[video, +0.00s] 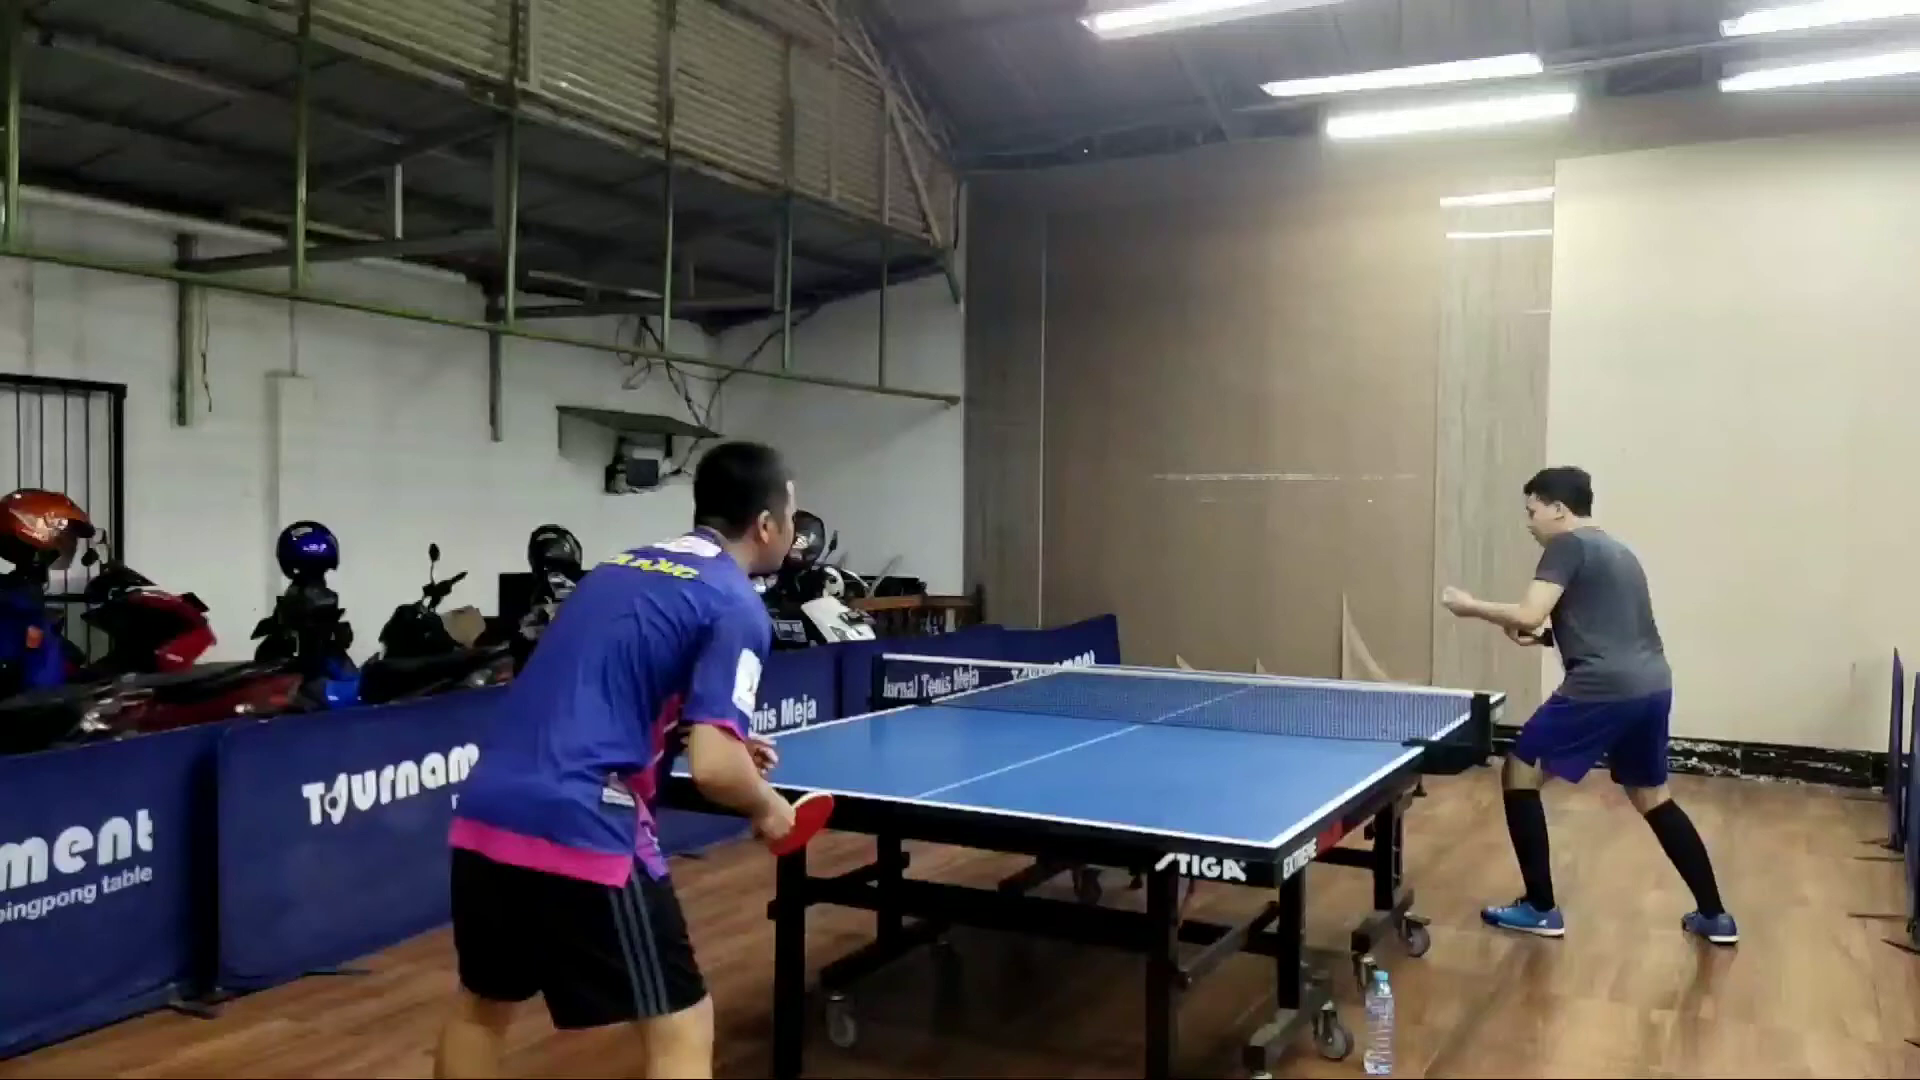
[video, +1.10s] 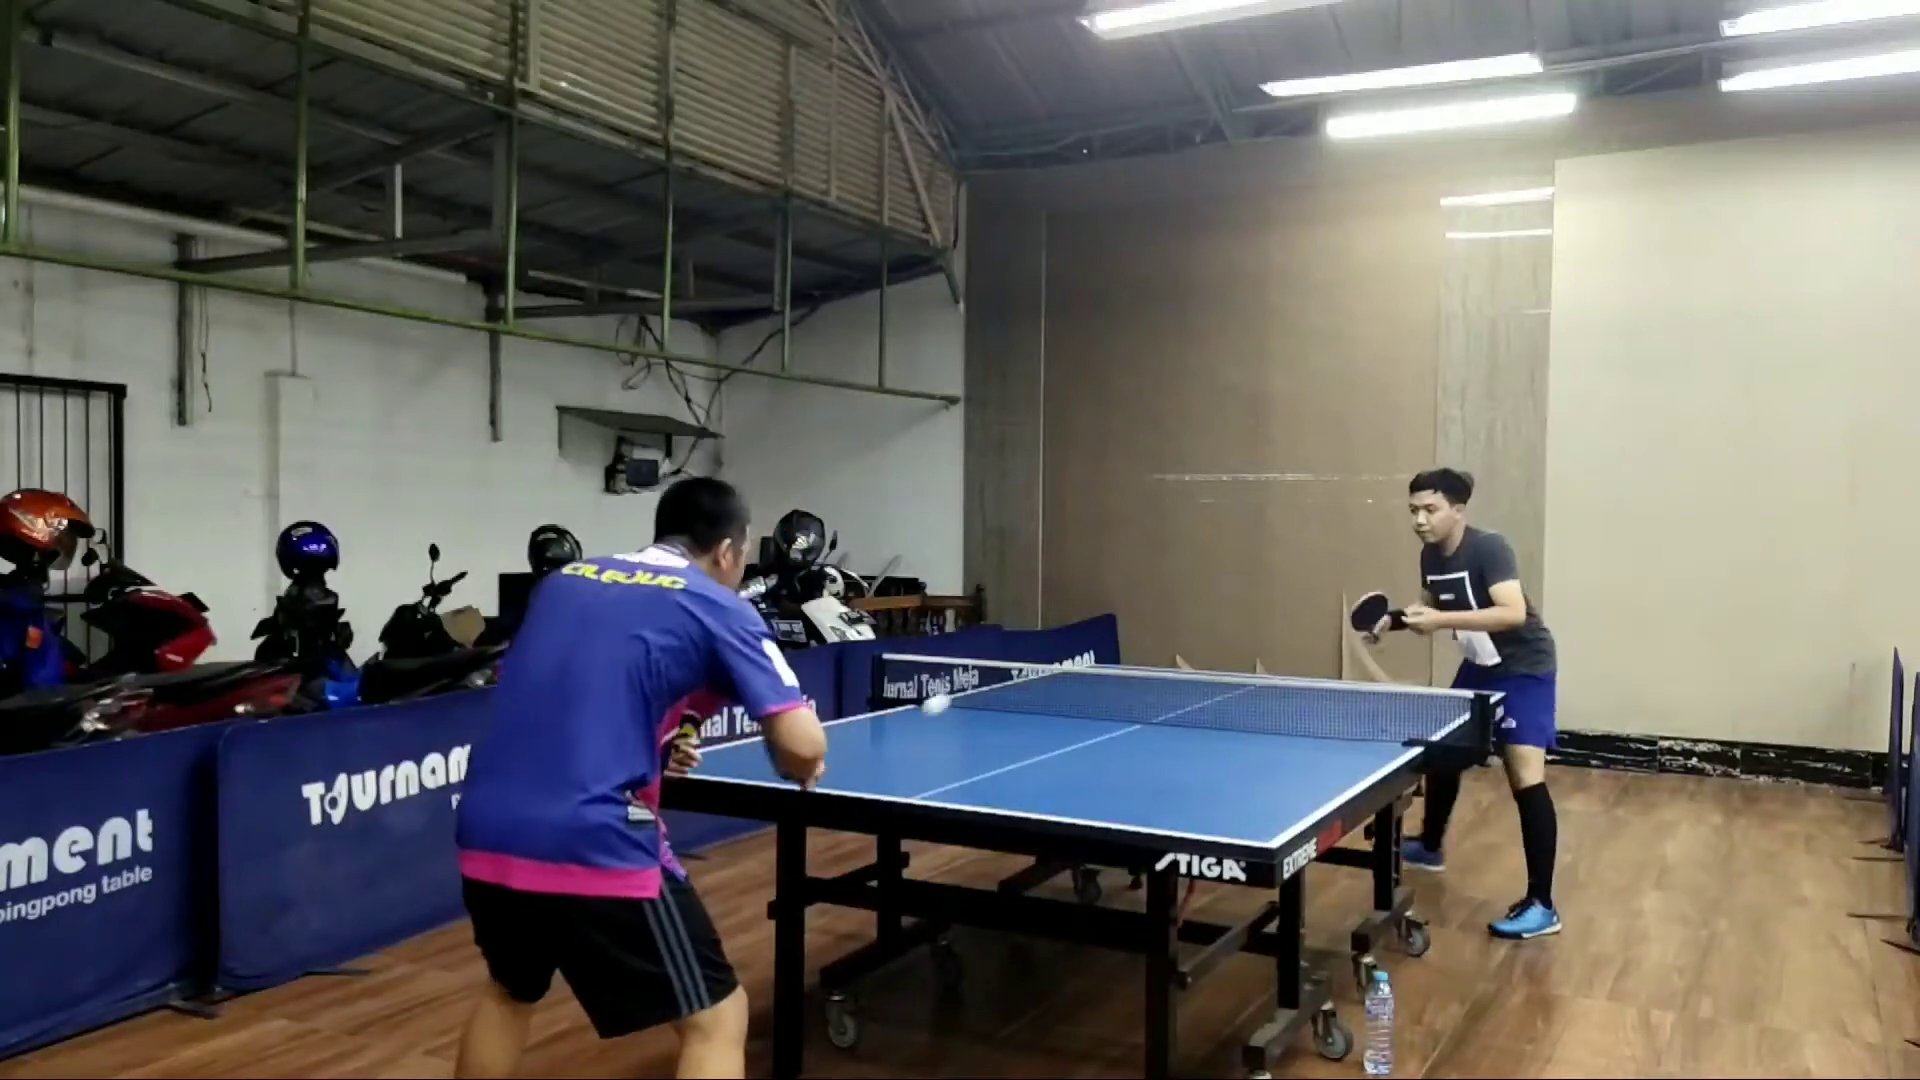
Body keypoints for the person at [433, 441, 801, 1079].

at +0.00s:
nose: (793, 534)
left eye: (792, 517)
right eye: (790, 517)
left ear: (702, 511)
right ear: (765, 524)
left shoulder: (625, 564)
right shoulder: (735, 602)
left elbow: (617, 710)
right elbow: (716, 767)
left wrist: (727, 744)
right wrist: (765, 807)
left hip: (482, 819)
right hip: (585, 831)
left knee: (482, 1009)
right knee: (679, 1024)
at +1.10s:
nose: (743, 574)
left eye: (745, 560)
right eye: (744, 559)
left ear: (659, 536)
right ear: (724, 551)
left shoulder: (568, 577)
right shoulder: (716, 604)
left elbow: (541, 698)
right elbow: (802, 744)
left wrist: (645, 738)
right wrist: (803, 763)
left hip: (485, 837)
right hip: (595, 844)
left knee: (508, 992)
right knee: (715, 1015)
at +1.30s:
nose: (705, 589)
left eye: (708, 578)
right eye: (707, 576)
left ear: (625, 553)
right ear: (691, 572)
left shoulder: (526, 585)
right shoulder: (700, 628)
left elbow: (444, 722)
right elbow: (810, 738)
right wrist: (791, 732)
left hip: (462, 854)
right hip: (578, 861)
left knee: (496, 993)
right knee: (706, 1017)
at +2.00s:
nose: (692, 519)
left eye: (691, 501)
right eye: (690, 502)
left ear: (596, 496)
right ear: (662, 509)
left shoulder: (498, 551)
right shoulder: (645, 592)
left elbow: (442, 681)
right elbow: (716, 757)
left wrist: (539, 760)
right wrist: (778, 790)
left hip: (378, 828)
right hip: (488, 845)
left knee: (382, 1006)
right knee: (592, 1043)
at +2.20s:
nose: (676, 582)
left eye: (679, 567)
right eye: (678, 566)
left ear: (592, 538)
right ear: (653, 559)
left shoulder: (484, 585)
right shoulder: (626, 641)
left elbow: (451, 718)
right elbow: (717, 789)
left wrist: (556, 766)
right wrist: (761, 768)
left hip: (353, 869)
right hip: (468, 888)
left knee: (365, 1032)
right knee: (619, 1051)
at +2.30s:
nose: (690, 597)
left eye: (694, 582)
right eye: (692, 582)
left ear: (605, 551)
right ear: (666, 576)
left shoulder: (494, 588)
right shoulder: (650, 648)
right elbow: (804, 749)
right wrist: (850, 729)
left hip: (354, 873)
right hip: (470, 896)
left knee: (361, 1036)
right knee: (631, 1054)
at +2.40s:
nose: (697, 584)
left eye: (697, 570)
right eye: (697, 569)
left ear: (603, 540)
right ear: (672, 560)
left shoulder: (492, 579)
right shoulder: (660, 630)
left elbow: (396, 690)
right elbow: (837, 693)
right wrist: (900, 687)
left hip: (357, 872)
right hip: (482, 894)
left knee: (349, 1042)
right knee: (630, 1056)